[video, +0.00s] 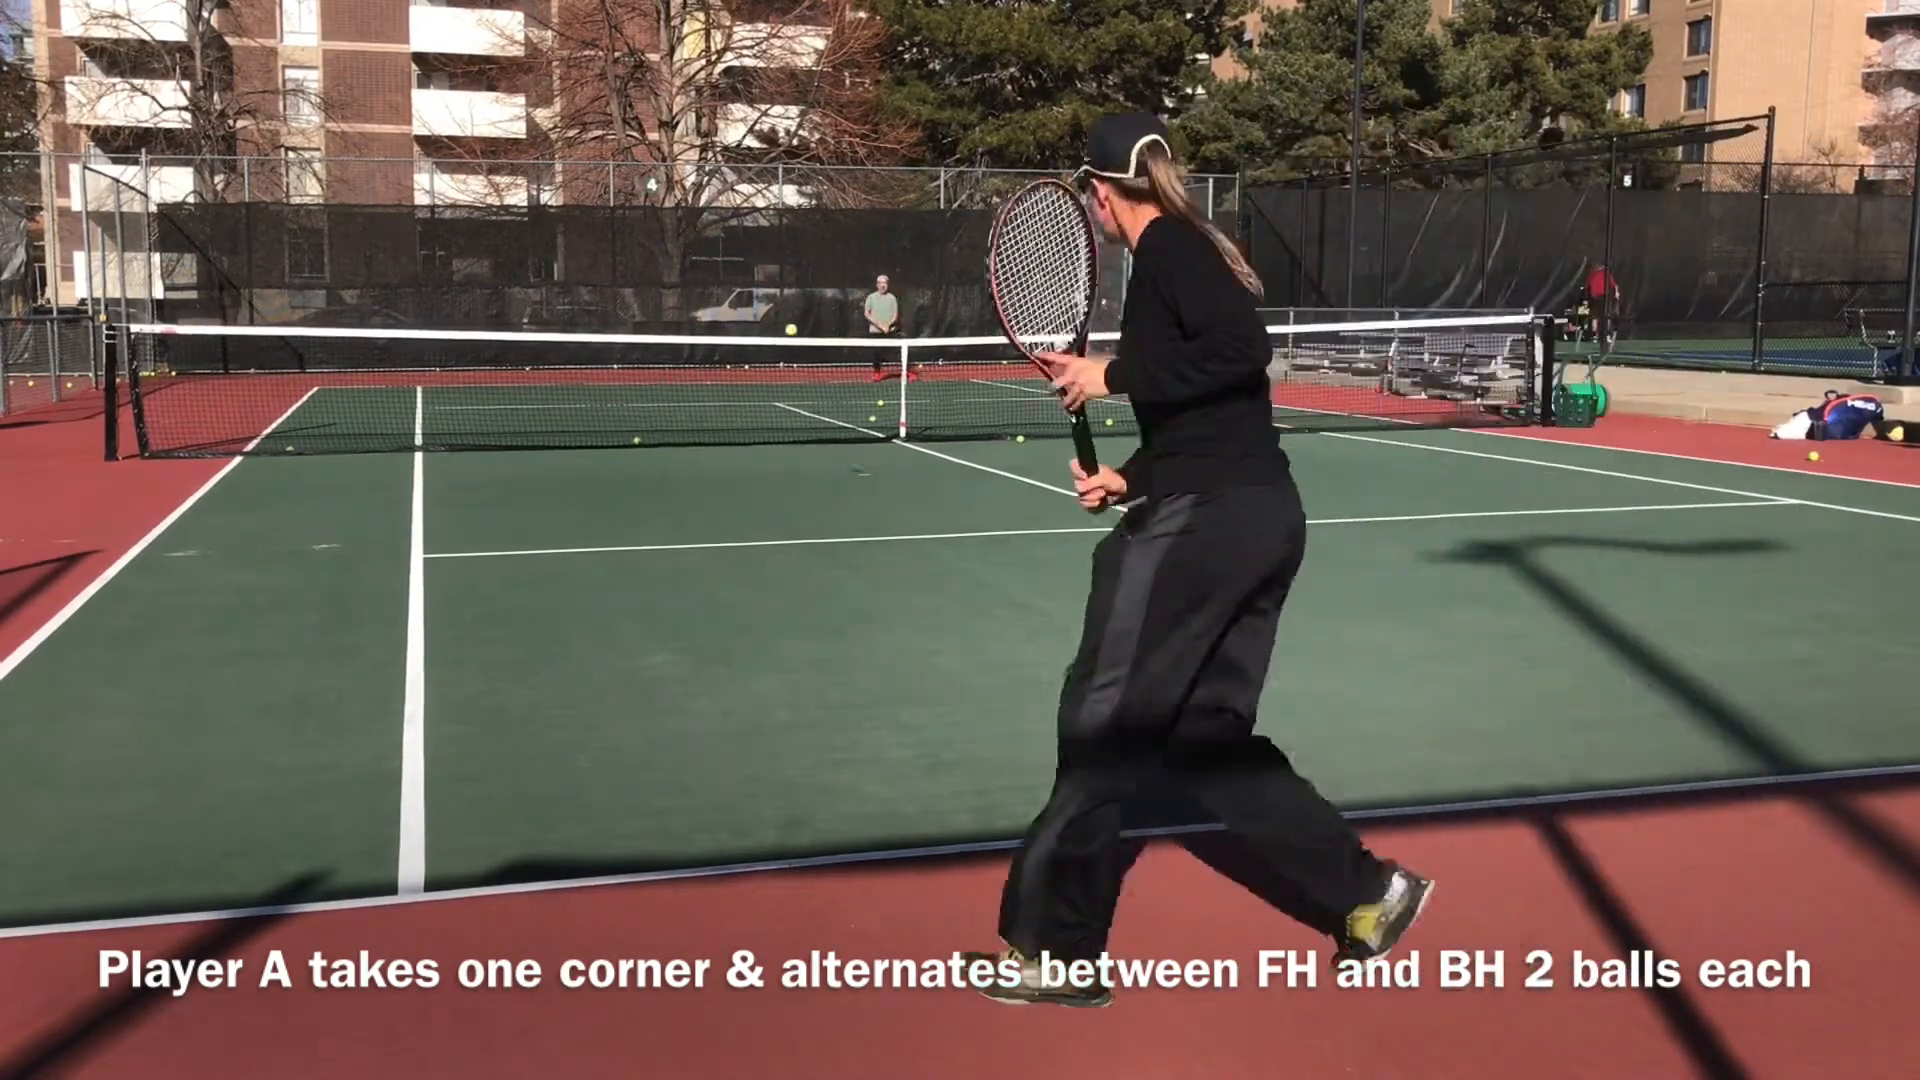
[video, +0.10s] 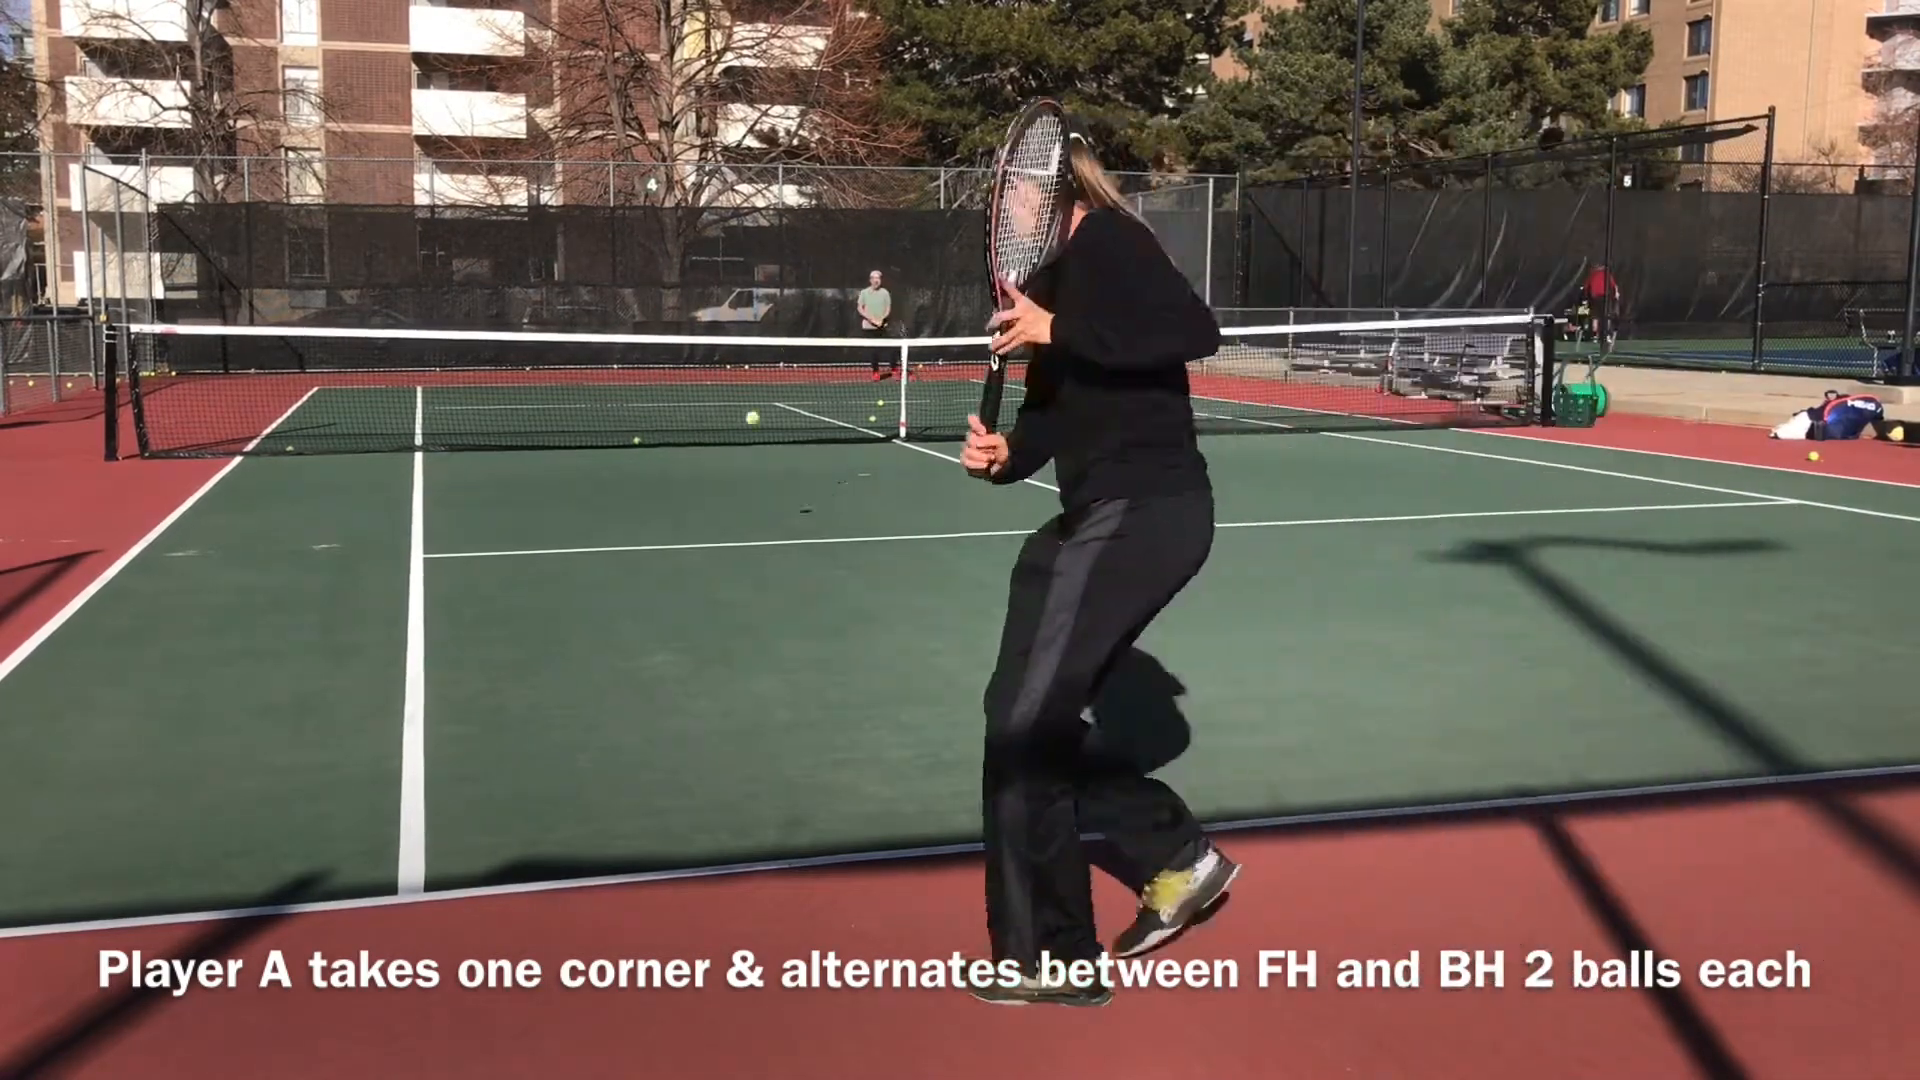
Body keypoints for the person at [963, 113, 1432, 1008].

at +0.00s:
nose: (1090, 208)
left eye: (1090, 192)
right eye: (1091, 192)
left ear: (1107, 191)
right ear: (1153, 181)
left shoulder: (1168, 248)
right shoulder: (1181, 253)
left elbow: (1240, 349)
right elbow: (1214, 405)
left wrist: (1114, 374)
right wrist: (1133, 476)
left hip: (1202, 511)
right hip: (1249, 511)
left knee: (1106, 718)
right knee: (1200, 735)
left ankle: (1057, 949)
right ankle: (1364, 890)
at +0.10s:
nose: (1004, 206)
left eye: (1014, 191)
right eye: (1000, 191)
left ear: (1053, 189)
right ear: (1025, 196)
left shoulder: (1109, 239)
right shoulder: (1051, 265)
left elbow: (1194, 329)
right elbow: (1064, 395)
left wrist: (1060, 332)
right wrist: (1016, 449)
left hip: (1147, 508)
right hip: (1096, 510)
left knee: (1032, 721)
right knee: (1020, 718)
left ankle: (1058, 957)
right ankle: (1178, 865)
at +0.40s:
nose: (799, 193)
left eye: (812, 178)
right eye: (799, 178)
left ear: (849, 187)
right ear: (811, 191)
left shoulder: (884, 252)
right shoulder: (821, 267)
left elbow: (931, 297)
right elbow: (768, 275)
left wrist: (865, 180)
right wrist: (728, 229)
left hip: (884, 511)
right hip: (843, 512)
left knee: (890, 737)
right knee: (748, 694)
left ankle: (1036, 933)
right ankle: (670, 873)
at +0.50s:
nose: (731, 228)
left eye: (732, 213)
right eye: (727, 214)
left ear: (758, 205)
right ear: (783, 199)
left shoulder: (817, 255)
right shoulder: (776, 263)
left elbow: (785, 329)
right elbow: (691, 271)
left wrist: (708, 245)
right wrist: (609, 243)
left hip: (817, 521)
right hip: (787, 522)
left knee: (794, 746)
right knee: (677, 666)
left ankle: (982, 904)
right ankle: (650, 871)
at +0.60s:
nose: (682, 229)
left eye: (686, 210)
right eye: (681, 213)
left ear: (713, 199)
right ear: (739, 194)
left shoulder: (755, 235)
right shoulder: (762, 251)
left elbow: (728, 321)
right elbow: (655, 345)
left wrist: (604, 329)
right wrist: (542, 398)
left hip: (768, 494)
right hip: (762, 491)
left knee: (727, 715)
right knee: (669, 675)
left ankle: (876, 901)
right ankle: (649, 874)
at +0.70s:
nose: (635, 196)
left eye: (639, 177)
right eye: (633, 180)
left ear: (674, 164)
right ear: (698, 163)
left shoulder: (706, 208)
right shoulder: (755, 220)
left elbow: (707, 304)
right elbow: (752, 371)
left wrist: (638, 341)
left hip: (731, 474)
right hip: (786, 474)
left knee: (705, 696)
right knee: (688, 672)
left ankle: (821, 890)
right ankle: (651, 869)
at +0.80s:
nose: (601, 169)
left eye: (604, 152)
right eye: (600, 153)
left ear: (633, 148)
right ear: (675, 142)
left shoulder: (672, 198)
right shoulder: (738, 211)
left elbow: (708, 235)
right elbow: (814, 290)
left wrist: (735, 279)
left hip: (713, 463)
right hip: (767, 463)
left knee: (683, 688)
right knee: (674, 670)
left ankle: (783, 901)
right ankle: (660, 866)